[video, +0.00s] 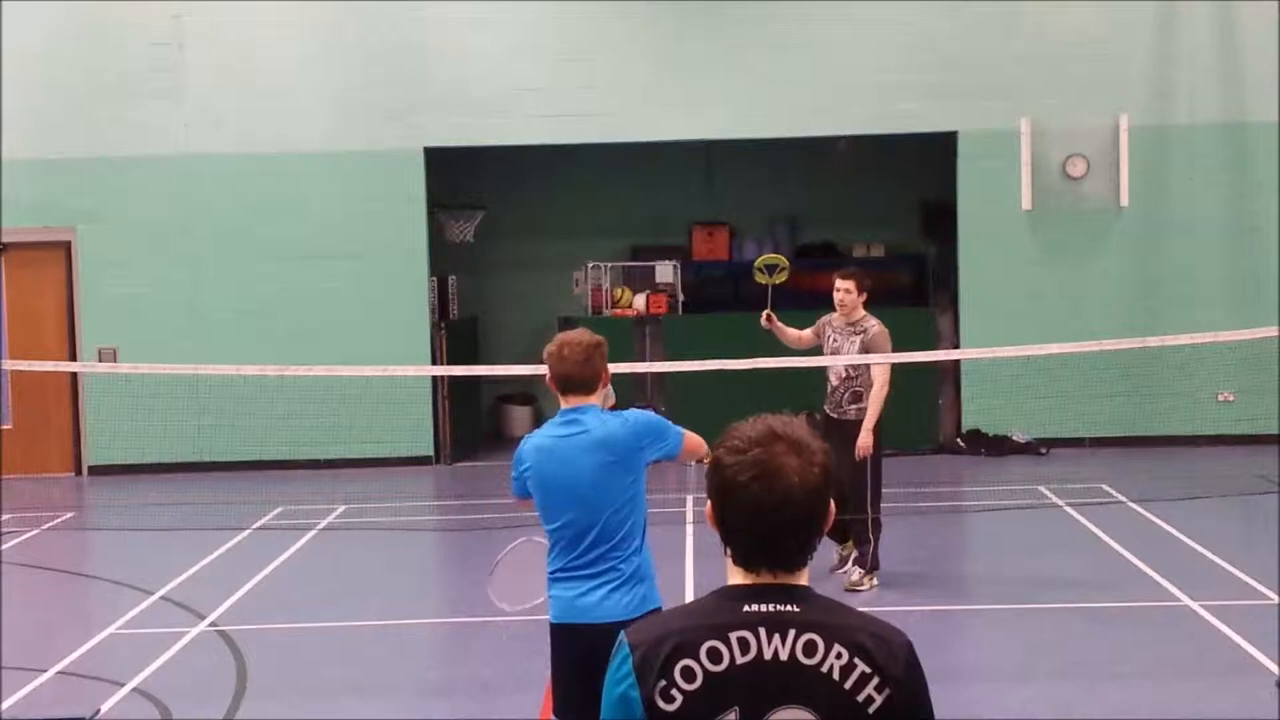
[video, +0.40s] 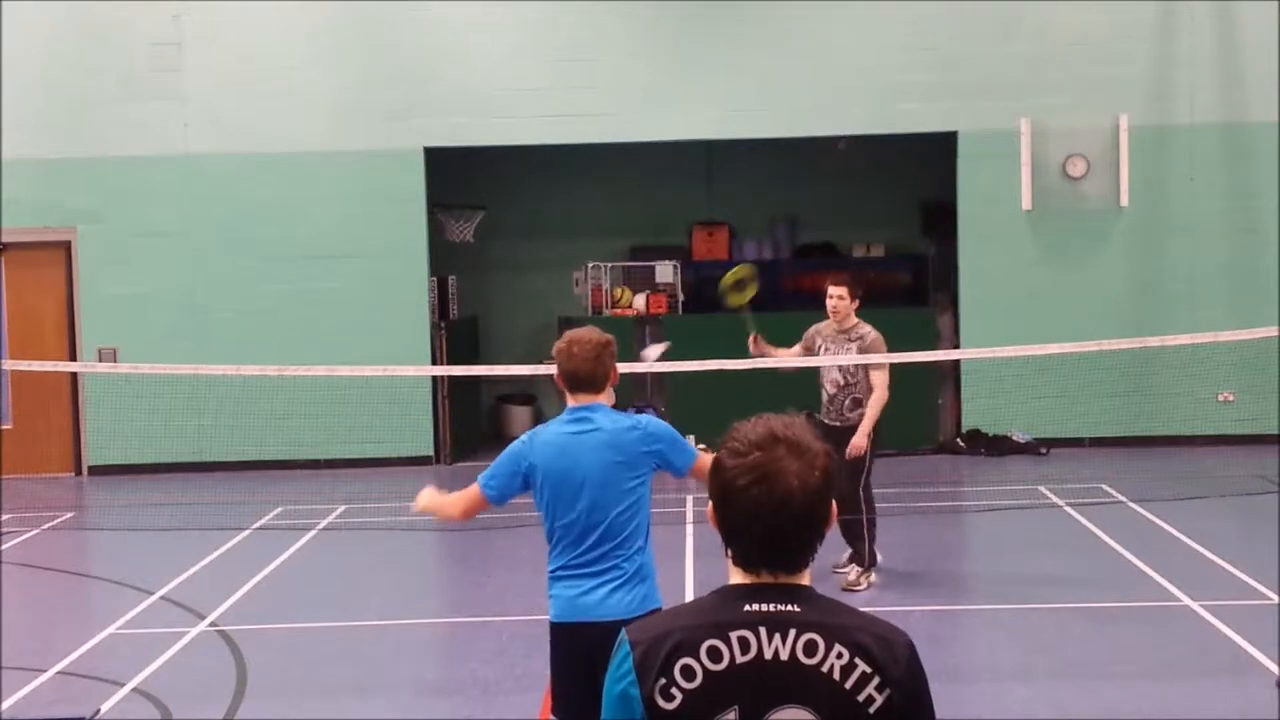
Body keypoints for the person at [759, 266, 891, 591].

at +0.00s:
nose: (839, 297)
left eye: (846, 292)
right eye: (837, 291)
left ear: (862, 296)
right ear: (833, 293)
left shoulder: (875, 332)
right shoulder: (828, 324)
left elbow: (881, 384)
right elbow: (801, 339)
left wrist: (867, 429)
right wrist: (776, 326)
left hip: (861, 423)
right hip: (832, 420)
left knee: (862, 492)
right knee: (832, 486)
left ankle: (866, 566)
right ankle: (846, 541)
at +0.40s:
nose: (832, 304)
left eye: (839, 298)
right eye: (829, 298)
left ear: (854, 303)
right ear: (825, 301)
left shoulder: (870, 338)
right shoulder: (818, 333)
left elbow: (880, 390)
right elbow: (793, 356)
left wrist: (863, 432)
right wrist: (765, 350)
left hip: (857, 428)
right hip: (829, 426)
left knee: (854, 493)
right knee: (839, 493)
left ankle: (866, 563)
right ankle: (858, 550)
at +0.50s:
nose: (832, 310)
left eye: (839, 304)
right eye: (829, 304)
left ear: (853, 308)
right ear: (824, 307)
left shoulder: (871, 344)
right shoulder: (816, 342)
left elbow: (884, 395)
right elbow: (796, 377)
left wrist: (872, 438)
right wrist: (766, 382)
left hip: (858, 432)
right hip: (827, 431)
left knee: (849, 496)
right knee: (842, 497)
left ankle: (860, 561)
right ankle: (861, 551)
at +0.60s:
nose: (832, 315)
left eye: (838, 309)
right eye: (827, 309)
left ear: (852, 313)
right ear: (822, 313)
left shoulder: (871, 348)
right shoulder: (815, 347)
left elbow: (889, 398)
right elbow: (802, 388)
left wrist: (885, 445)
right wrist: (775, 410)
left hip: (863, 435)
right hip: (831, 435)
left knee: (852, 499)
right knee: (841, 497)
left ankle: (857, 569)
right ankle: (864, 550)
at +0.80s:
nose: (830, 327)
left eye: (836, 320)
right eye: (825, 321)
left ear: (851, 318)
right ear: (821, 320)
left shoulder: (877, 345)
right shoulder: (814, 352)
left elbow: (898, 390)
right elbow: (815, 399)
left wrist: (901, 436)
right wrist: (817, 438)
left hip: (870, 432)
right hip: (834, 434)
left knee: (865, 500)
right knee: (841, 498)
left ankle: (862, 571)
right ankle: (859, 560)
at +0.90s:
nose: (828, 327)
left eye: (834, 320)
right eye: (823, 321)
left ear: (850, 315)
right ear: (819, 319)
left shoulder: (878, 338)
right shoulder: (814, 351)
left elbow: (900, 381)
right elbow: (821, 399)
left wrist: (903, 427)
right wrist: (822, 444)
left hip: (874, 432)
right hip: (838, 434)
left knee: (867, 502)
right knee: (843, 500)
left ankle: (864, 573)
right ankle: (849, 566)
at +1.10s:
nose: (821, 305)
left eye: (826, 298)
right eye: (816, 301)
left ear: (842, 297)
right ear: (811, 305)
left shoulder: (872, 325)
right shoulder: (813, 336)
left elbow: (894, 367)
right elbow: (819, 348)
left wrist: (906, 410)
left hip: (875, 424)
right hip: (835, 426)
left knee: (871, 501)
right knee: (826, 496)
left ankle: (862, 574)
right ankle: (821, 548)